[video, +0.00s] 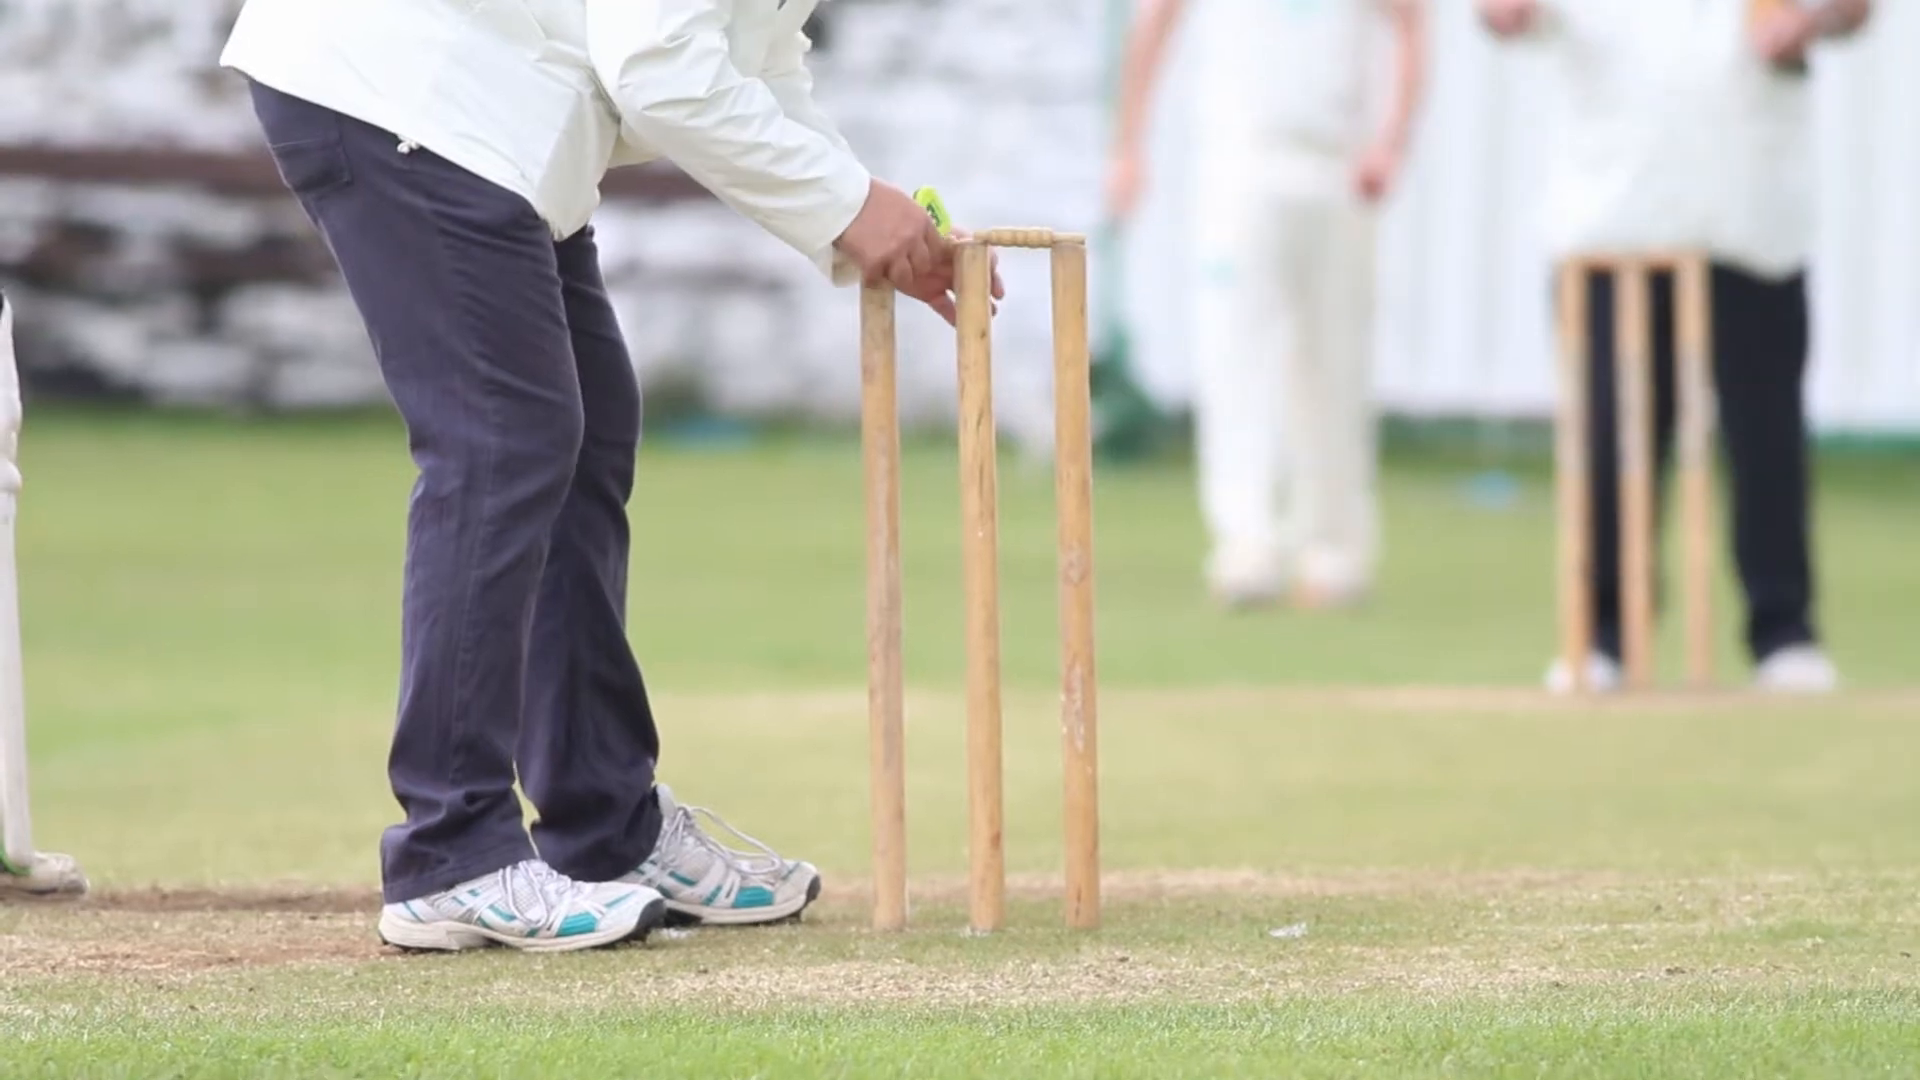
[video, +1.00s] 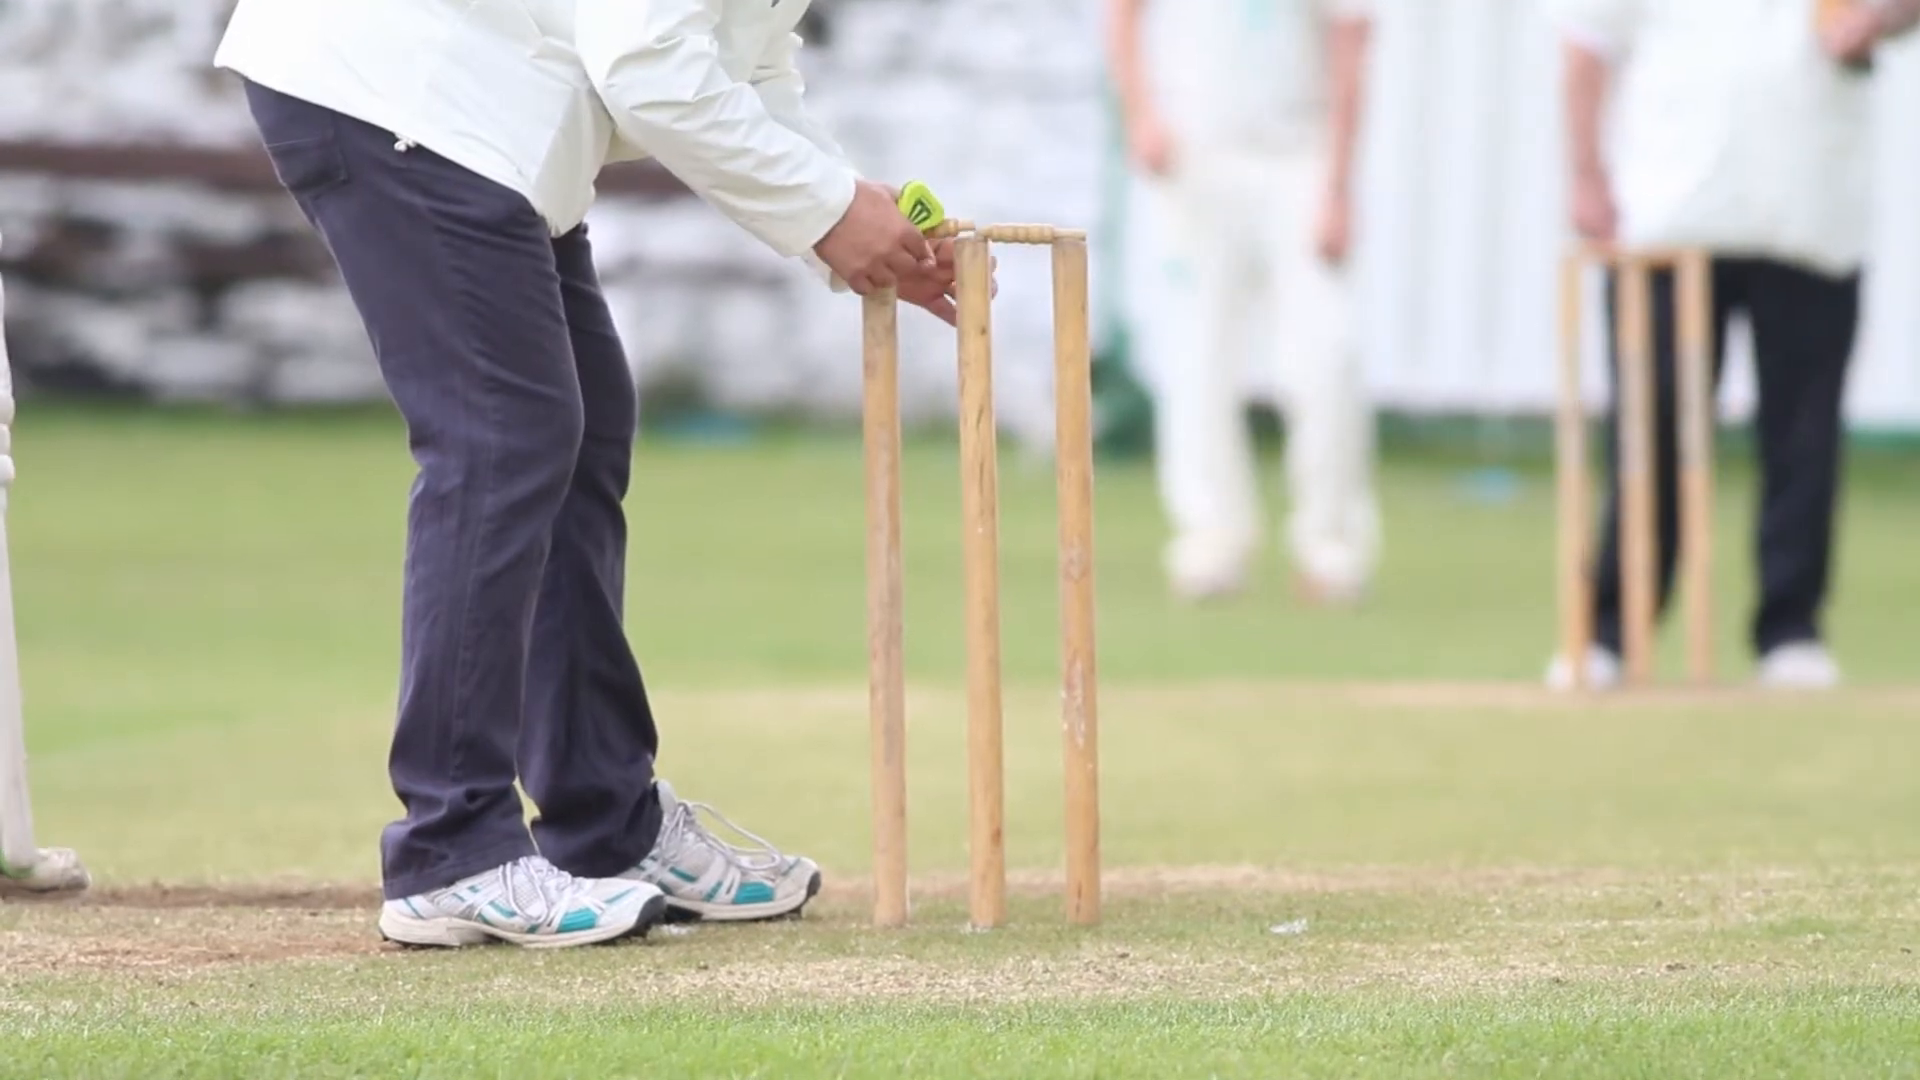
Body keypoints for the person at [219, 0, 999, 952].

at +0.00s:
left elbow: (771, 77)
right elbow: (657, 73)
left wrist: (875, 229)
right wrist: (852, 202)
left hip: (492, 77)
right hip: (385, 59)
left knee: (589, 424)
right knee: (508, 434)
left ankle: (604, 833)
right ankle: (451, 863)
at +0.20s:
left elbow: (770, 66)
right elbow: (657, 71)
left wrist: (871, 225)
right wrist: (851, 201)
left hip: (488, 75)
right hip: (382, 57)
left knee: (587, 423)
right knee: (507, 433)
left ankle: (603, 833)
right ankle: (451, 863)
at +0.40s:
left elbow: (760, 78)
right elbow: (650, 73)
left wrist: (863, 217)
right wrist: (846, 194)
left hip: (487, 76)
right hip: (381, 59)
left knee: (587, 423)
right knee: (508, 432)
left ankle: (603, 832)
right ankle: (451, 863)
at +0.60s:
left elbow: (698, 62)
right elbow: (633, 50)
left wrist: (831, 212)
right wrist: (826, 197)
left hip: (487, 83)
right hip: (385, 63)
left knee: (589, 422)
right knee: (507, 432)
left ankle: (605, 830)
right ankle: (450, 861)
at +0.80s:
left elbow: (695, 67)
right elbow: (642, 59)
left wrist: (824, 217)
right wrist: (820, 200)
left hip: (484, 80)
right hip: (384, 63)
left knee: (588, 422)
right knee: (507, 430)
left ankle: (605, 830)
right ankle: (451, 859)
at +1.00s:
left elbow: (760, 96)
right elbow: (648, 74)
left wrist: (861, 229)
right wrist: (829, 206)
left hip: (484, 78)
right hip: (380, 61)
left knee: (586, 418)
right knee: (507, 429)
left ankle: (607, 832)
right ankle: (451, 859)